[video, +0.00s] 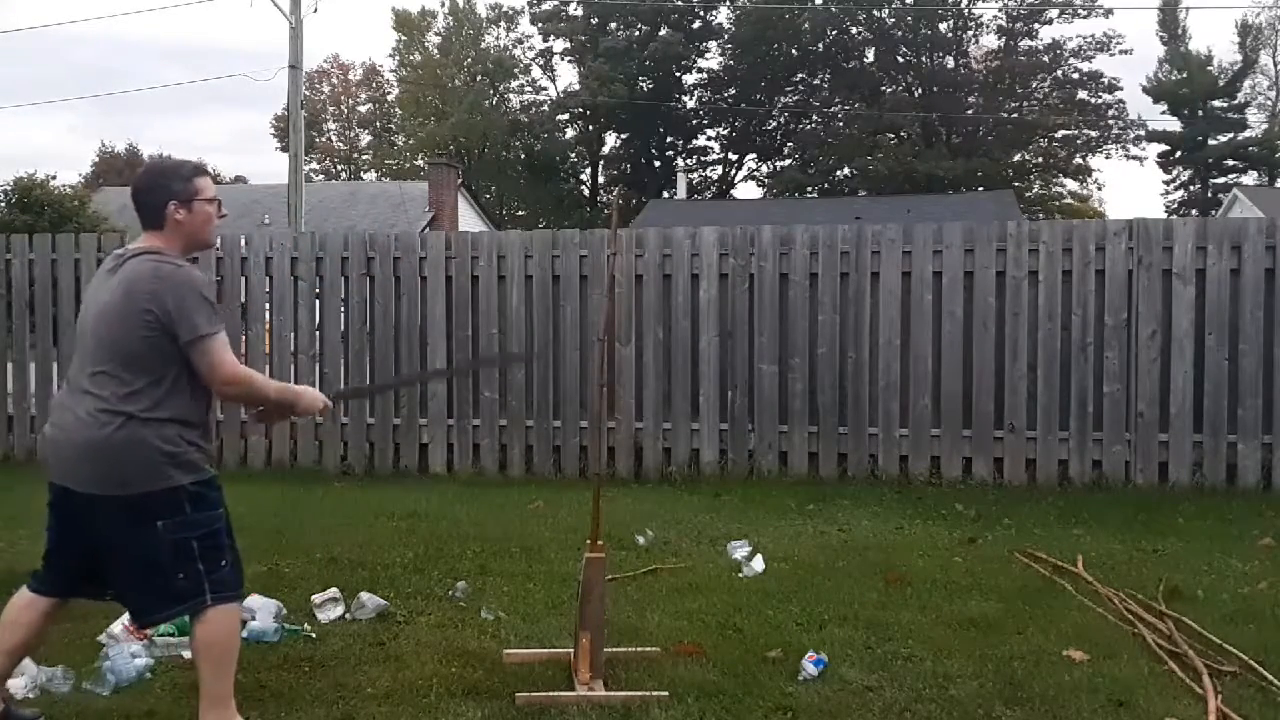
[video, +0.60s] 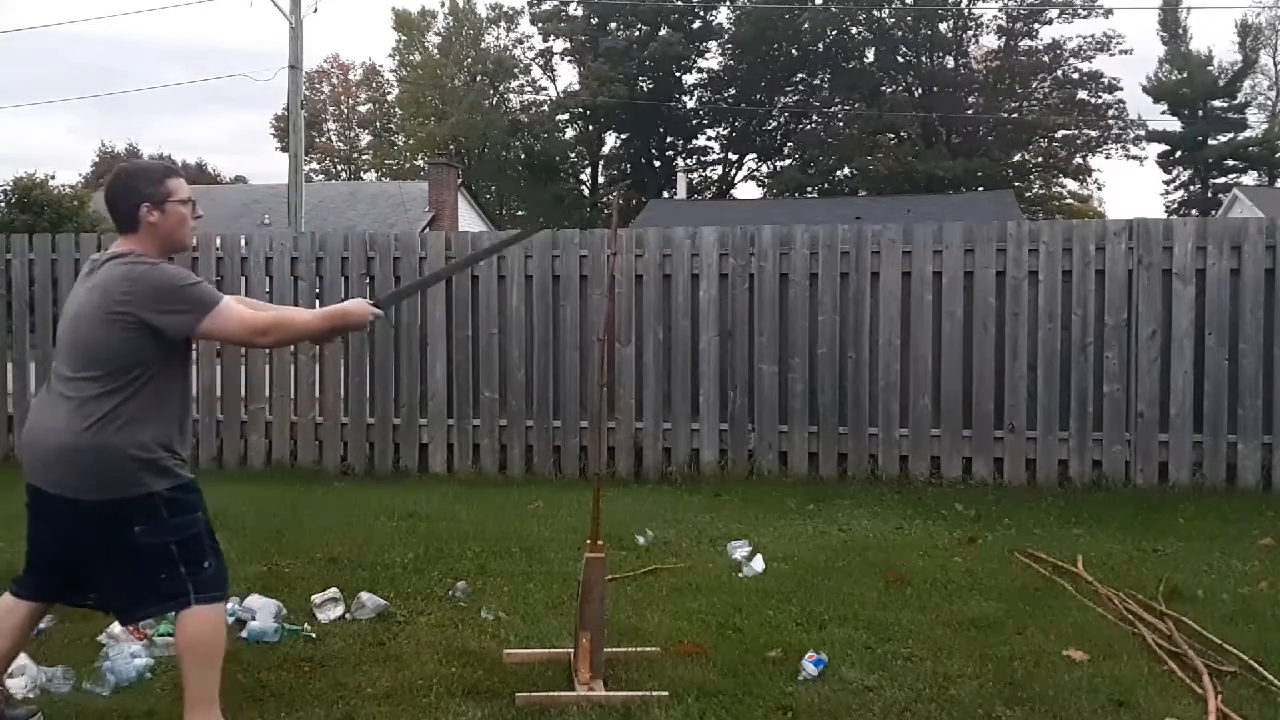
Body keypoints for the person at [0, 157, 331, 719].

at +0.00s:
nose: (221, 213)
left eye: (219, 202)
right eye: (212, 203)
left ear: (163, 214)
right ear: (175, 211)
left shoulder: (115, 268)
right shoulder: (178, 278)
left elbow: (157, 369)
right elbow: (226, 376)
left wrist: (253, 400)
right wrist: (293, 395)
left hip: (72, 453)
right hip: (151, 459)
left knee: (52, 583)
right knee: (217, 590)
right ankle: (219, 711)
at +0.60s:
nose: (196, 215)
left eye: (193, 203)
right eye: (187, 204)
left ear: (141, 216)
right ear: (149, 213)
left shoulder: (101, 272)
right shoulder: (155, 282)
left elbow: (226, 312)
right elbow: (253, 326)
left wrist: (305, 320)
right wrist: (333, 318)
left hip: (51, 460)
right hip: (130, 464)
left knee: (34, 587)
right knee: (202, 589)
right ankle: (203, 713)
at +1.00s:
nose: (194, 227)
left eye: (191, 218)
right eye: (185, 218)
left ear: (142, 225)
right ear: (147, 224)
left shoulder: (106, 273)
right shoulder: (132, 279)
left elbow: (224, 259)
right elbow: (237, 283)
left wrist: (294, 239)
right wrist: (296, 228)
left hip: (48, 461)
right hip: (116, 466)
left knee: (25, 589)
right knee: (199, 585)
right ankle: (203, 712)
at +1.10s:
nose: (188, 228)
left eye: (186, 218)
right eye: (179, 217)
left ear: (134, 224)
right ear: (140, 224)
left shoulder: (106, 274)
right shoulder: (118, 279)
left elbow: (210, 252)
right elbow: (224, 259)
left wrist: (271, 201)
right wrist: (268, 181)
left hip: (50, 466)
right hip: (115, 470)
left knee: (28, 587)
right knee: (197, 585)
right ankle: (203, 712)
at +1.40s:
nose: (175, 226)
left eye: (174, 213)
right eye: (167, 217)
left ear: (128, 226)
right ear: (131, 225)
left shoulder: (130, 277)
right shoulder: (98, 277)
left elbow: (214, 225)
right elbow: (186, 235)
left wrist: (229, 166)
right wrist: (196, 143)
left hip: (59, 466)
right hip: (113, 468)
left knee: (35, 589)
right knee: (199, 582)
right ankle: (203, 712)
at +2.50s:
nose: (178, 230)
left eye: (175, 219)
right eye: (167, 219)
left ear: (125, 226)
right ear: (126, 226)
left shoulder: (99, 276)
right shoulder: (116, 283)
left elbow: (219, 247)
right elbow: (229, 278)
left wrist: (247, 196)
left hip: (66, 470)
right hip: (135, 471)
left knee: (32, 590)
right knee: (214, 583)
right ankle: (206, 712)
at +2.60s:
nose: (177, 218)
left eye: (176, 208)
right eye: (167, 208)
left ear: (123, 217)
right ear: (127, 214)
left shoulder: (81, 265)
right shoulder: (139, 276)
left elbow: (219, 270)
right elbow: (244, 309)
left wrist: (311, 270)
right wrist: (319, 277)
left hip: (47, 459)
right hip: (130, 463)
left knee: (25, 583)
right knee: (196, 587)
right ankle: (204, 711)